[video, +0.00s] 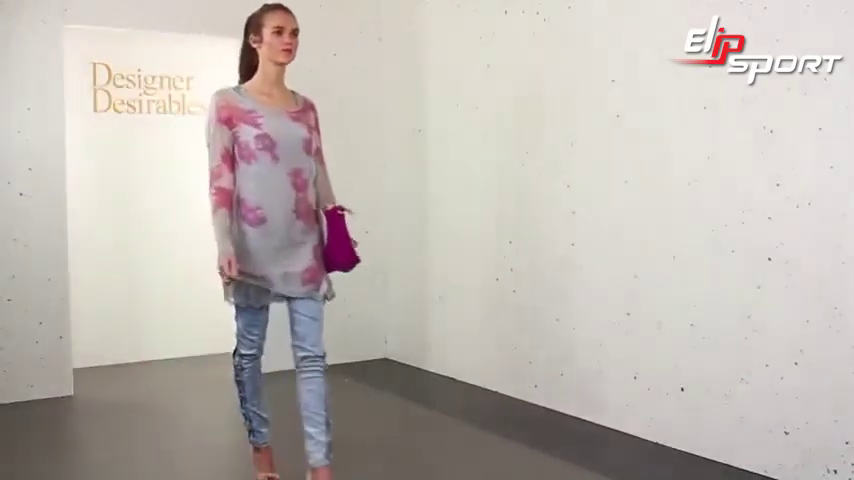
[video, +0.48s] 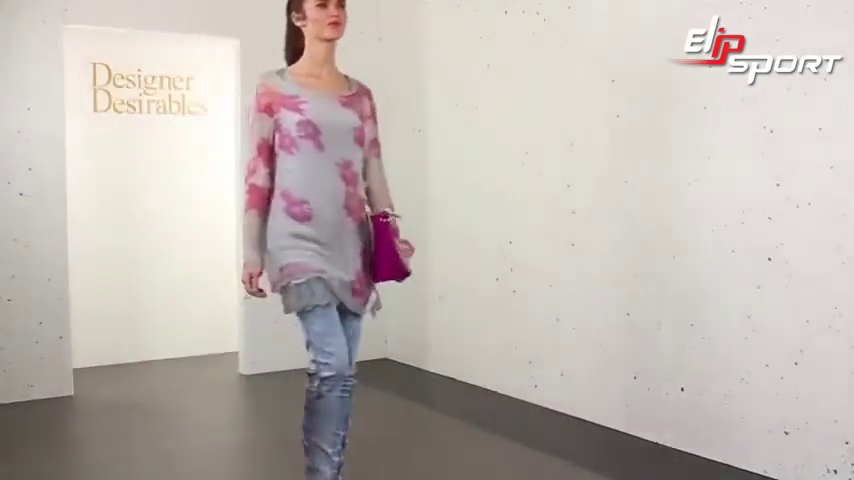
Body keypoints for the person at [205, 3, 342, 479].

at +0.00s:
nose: (289, 41)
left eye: (293, 34)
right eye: (279, 33)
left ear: (297, 42)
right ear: (256, 39)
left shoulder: (305, 107)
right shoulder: (227, 103)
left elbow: (319, 177)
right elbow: (220, 181)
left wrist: (335, 236)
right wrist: (224, 244)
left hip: (305, 245)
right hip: (251, 246)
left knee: (311, 355)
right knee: (249, 352)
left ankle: (320, 465)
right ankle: (260, 444)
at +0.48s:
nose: (335, 13)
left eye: (340, 5)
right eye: (323, 5)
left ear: (347, 15)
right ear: (299, 18)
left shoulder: (360, 93)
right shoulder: (274, 88)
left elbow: (373, 169)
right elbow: (259, 173)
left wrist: (390, 231)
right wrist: (252, 251)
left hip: (351, 241)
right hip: (295, 239)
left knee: (344, 367)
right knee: (331, 365)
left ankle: (329, 470)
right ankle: (320, 471)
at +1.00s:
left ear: (399, 4)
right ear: (352, 1)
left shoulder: (420, 83)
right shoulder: (324, 79)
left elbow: (435, 173)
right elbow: (310, 178)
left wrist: (453, 251)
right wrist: (302, 268)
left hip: (409, 257)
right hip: (344, 256)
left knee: (408, 397)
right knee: (360, 393)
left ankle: (382, 468)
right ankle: (367, 476)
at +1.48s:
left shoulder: (479, 76)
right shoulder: (372, 63)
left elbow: (496, 176)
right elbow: (357, 176)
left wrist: (521, 257)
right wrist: (345, 278)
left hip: (474, 273)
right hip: (397, 271)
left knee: (480, 421)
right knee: (394, 414)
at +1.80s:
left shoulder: (513, 67)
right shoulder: (402, 51)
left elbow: (531, 175)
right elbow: (376, 163)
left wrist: (560, 262)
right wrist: (356, 263)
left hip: (504, 266)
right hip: (432, 261)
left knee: (494, 429)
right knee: (477, 423)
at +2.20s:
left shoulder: (484, 40)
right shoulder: (438, 25)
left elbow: (493, 142)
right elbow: (350, 97)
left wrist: (535, 201)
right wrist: (399, 200)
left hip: (508, 261)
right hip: (472, 262)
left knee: (511, 436)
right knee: (483, 440)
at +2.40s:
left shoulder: (480, 31)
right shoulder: (458, 18)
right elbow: (417, 83)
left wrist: (528, 195)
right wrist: (473, 170)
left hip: (504, 236)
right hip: (481, 234)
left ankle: (495, 462)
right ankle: (483, 462)